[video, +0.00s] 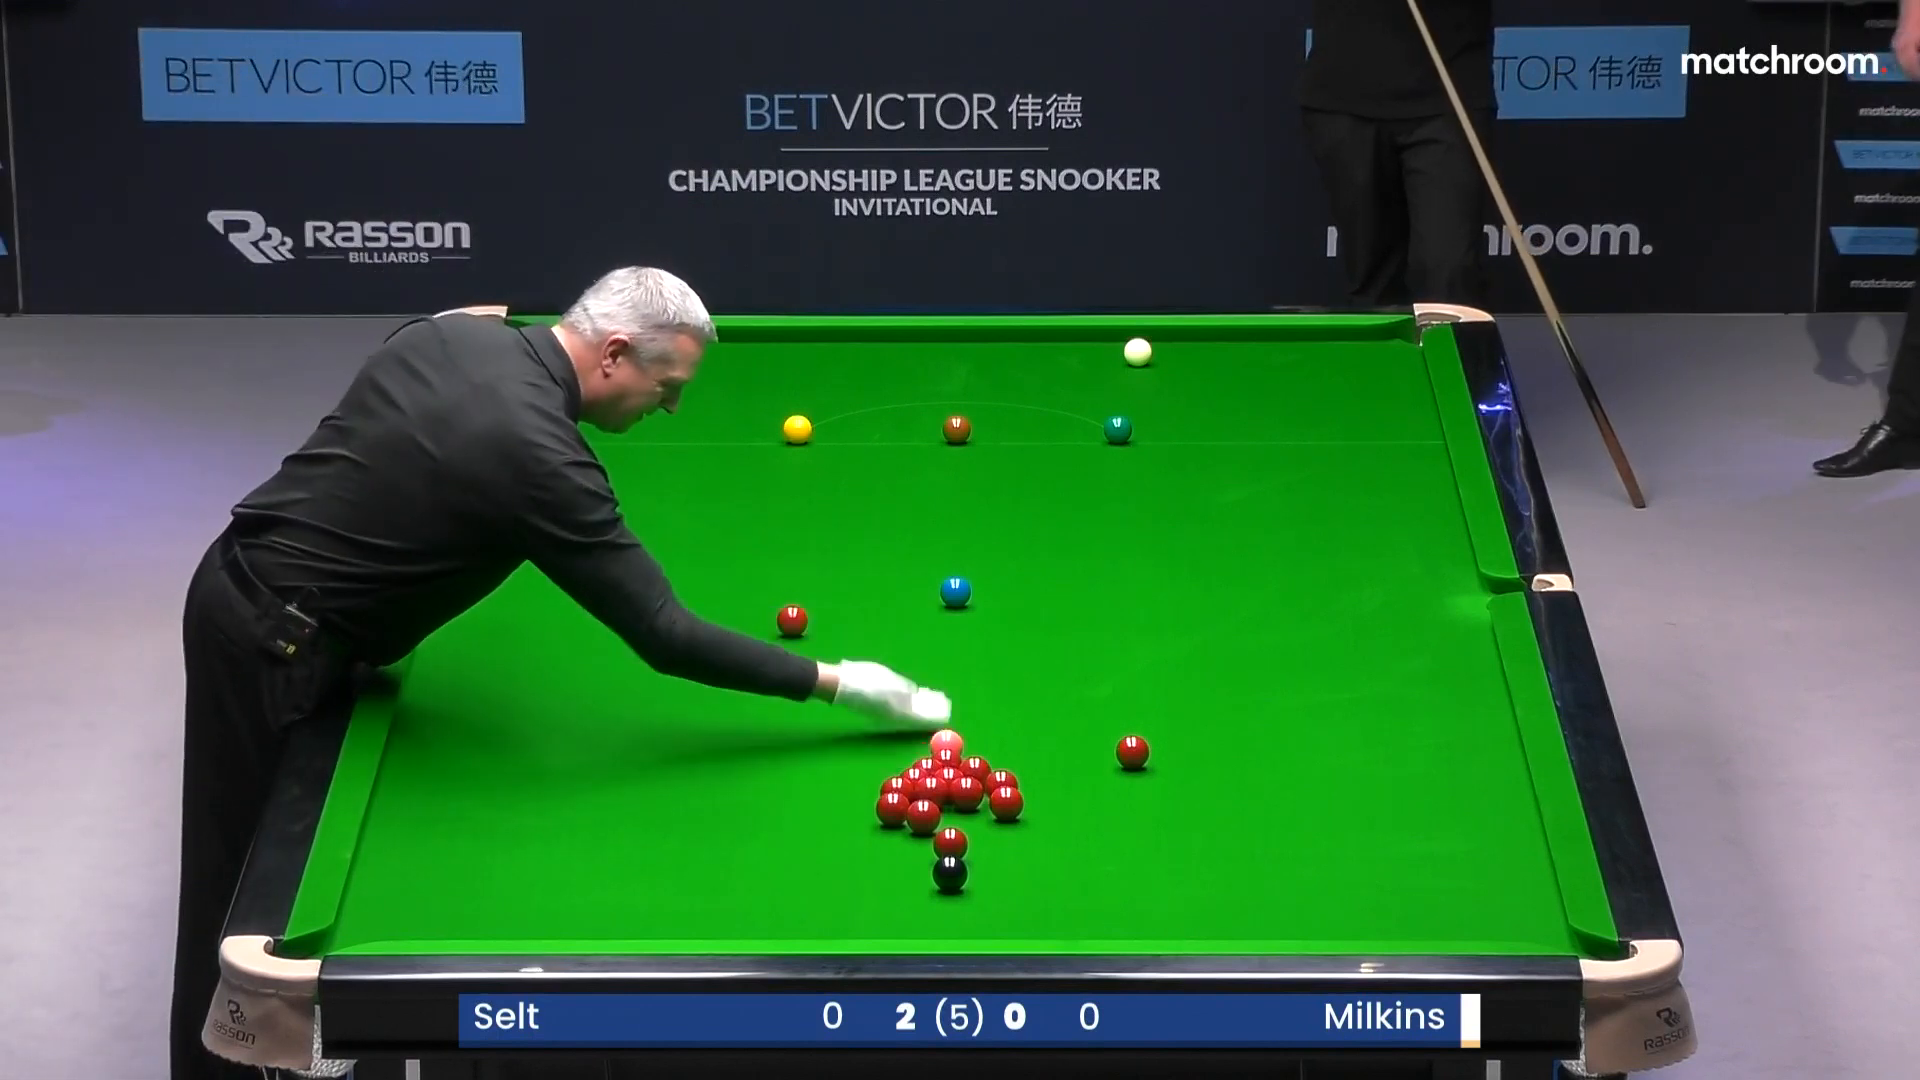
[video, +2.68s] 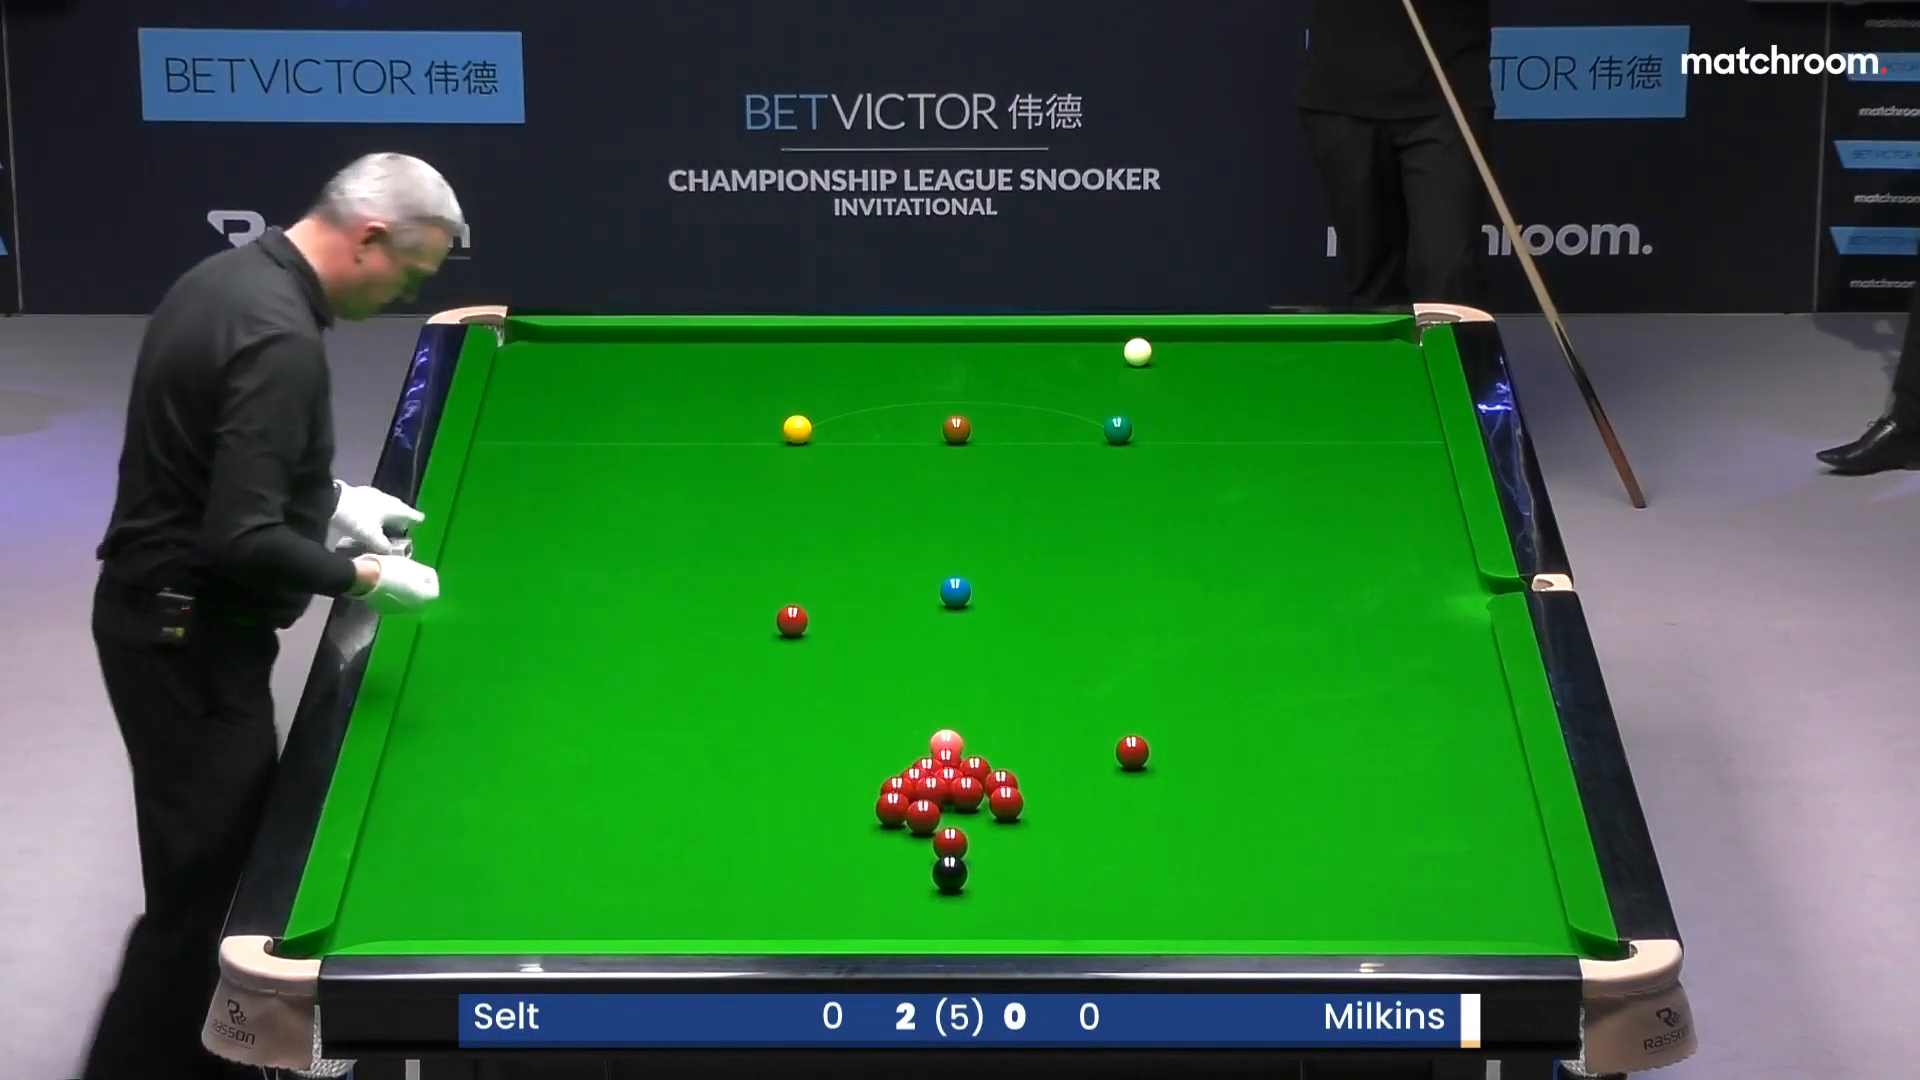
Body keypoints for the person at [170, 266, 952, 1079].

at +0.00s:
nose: (663, 408)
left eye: (672, 393)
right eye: (664, 389)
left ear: (593, 334)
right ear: (609, 353)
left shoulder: (457, 331)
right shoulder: (545, 460)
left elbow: (361, 445)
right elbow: (665, 634)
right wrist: (841, 679)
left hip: (243, 583)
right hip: (279, 637)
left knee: (251, 868)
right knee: (242, 885)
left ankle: (233, 1046)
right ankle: (210, 1058)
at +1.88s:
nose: (652, 389)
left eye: (660, 373)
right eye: (650, 368)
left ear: (579, 318)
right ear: (592, 331)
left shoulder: (438, 323)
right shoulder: (516, 430)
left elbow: (324, 448)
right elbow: (573, 651)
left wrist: (365, 610)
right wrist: (734, 660)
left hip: (241, 590)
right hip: (279, 636)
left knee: (236, 880)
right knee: (250, 894)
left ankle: (215, 1054)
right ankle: (215, 1060)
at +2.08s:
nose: (587, 356)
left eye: (600, 340)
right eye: (599, 338)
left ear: (521, 272)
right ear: (570, 307)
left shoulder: (391, 306)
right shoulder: (472, 410)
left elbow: (298, 445)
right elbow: (447, 612)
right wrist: (593, 630)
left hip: (225, 598)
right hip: (270, 638)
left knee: (236, 869)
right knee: (248, 883)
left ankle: (217, 1050)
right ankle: (214, 1057)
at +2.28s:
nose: (526, 307)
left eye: (533, 291)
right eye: (534, 292)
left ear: (452, 228)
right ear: (514, 282)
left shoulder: (329, 286)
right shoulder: (406, 369)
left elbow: (264, 448)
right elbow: (337, 556)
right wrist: (463, 596)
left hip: (207, 603)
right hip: (258, 635)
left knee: (225, 856)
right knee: (246, 867)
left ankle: (212, 1051)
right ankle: (217, 1059)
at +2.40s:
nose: (486, 298)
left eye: (497, 282)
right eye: (495, 280)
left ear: (411, 220)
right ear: (472, 263)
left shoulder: (298, 281)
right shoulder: (371, 349)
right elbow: (304, 540)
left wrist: (440, 317)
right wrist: (417, 584)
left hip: (194, 608)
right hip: (245, 634)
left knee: (217, 856)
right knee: (242, 866)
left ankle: (208, 1052)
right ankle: (215, 1060)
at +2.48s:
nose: (460, 296)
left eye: (473, 279)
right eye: (470, 277)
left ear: (391, 221)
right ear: (441, 250)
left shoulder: (280, 278)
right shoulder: (347, 343)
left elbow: (268, 430)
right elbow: (291, 535)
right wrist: (402, 580)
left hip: (183, 608)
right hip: (231, 633)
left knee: (212, 854)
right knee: (234, 865)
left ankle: (207, 1053)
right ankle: (212, 1061)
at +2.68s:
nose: (401, 296)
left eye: (415, 280)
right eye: (409, 274)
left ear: (354, 224)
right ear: (366, 235)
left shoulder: (230, 279)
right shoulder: (280, 337)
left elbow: (223, 444)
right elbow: (241, 535)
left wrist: (333, 498)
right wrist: (359, 574)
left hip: (156, 615)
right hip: (190, 639)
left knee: (205, 874)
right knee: (207, 892)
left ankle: (153, 1058)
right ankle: (140, 1066)